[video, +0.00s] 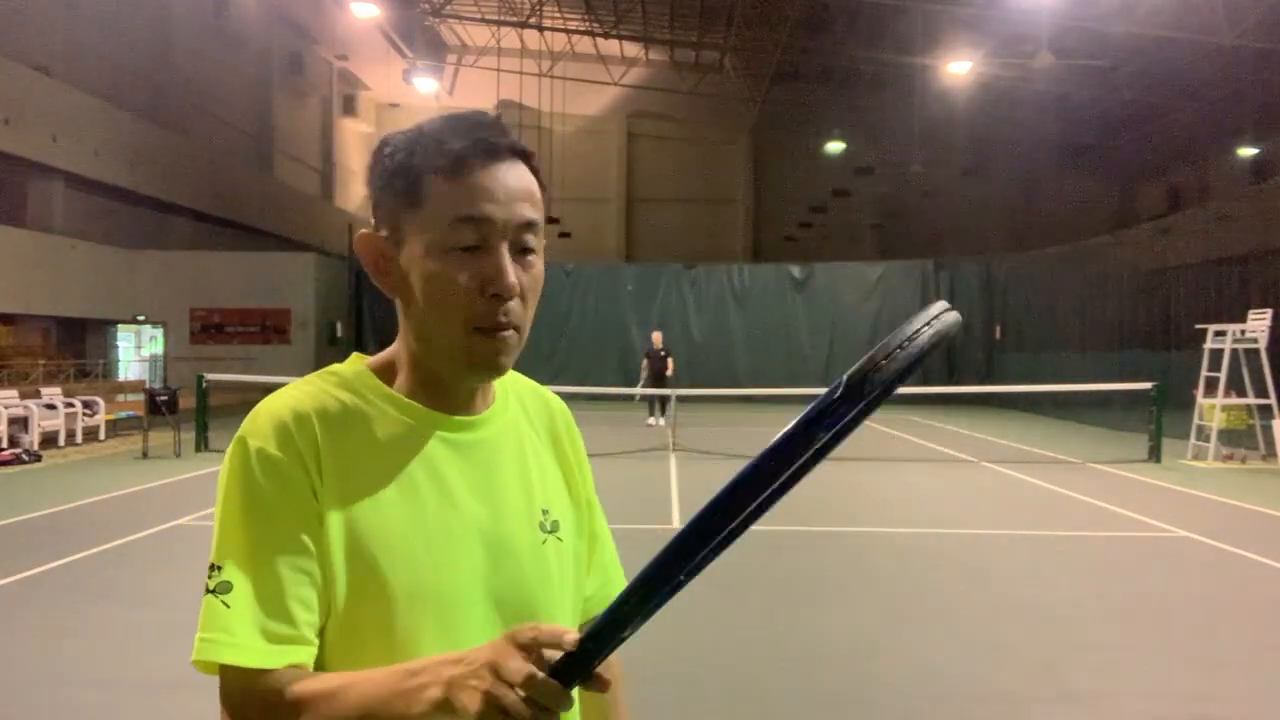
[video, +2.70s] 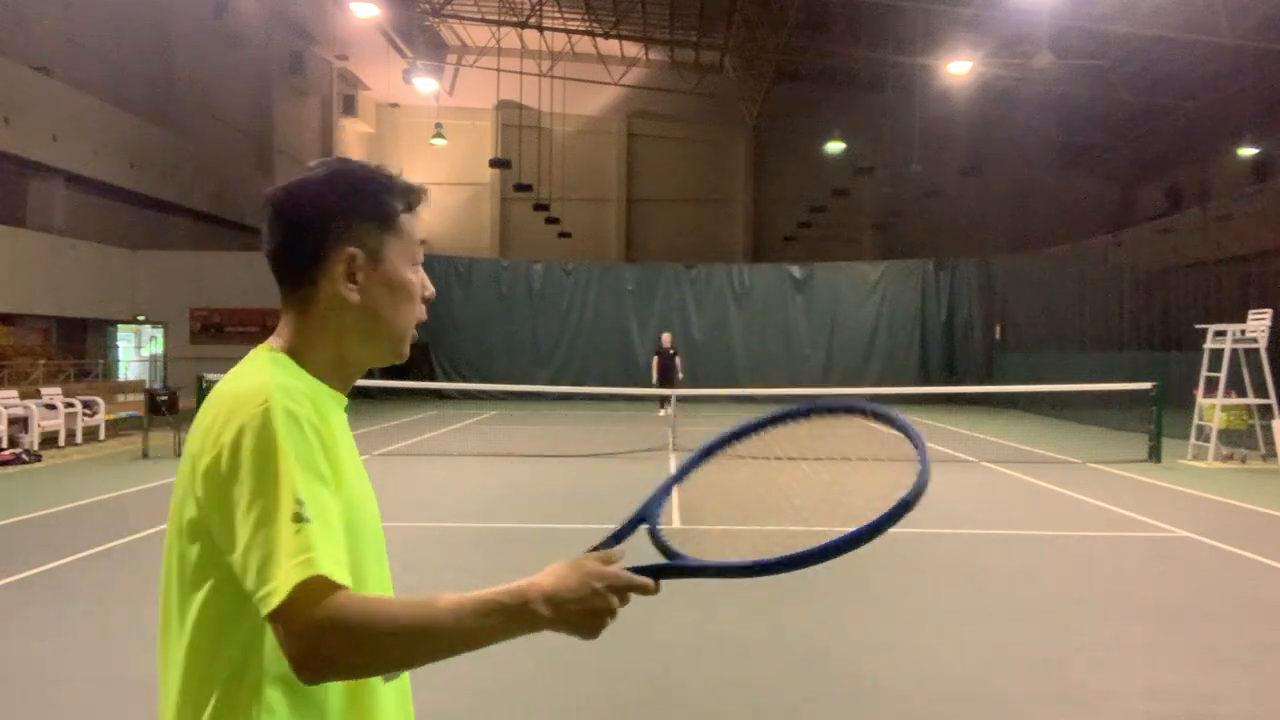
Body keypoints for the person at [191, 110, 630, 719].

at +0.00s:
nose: (507, 282)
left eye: (525, 248)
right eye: (468, 247)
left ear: (543, 256)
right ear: (383, 261)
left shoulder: (546, 420)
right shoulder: (291, 434)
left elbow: (594, 658)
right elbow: (255, 697)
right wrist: (444, 681)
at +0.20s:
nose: (443, 276)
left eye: (457, 240)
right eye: (399, 242)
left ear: (475, 245)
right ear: (307, 260)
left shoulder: (469, 418)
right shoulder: (223, 451)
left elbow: (516, 624)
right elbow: (207, 705)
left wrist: (541, 690)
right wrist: (415, 698)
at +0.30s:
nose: (399, 277)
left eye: (413, 240)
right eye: (356, 243)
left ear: (430, 247)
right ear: (258, 262)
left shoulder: (427, 420)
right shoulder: (183, 461)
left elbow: (450, 647)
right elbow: (172, 706)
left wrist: (487, 702)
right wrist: (400, 699)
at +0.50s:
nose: (335, 269)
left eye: (346, 228)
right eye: (286, 235)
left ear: (365, 239)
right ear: (189, 259)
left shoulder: (340, 408)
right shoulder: (124, 472)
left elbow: (365, 655)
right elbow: (130, 705)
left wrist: (445, 695)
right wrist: (408, 703)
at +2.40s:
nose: (352, 279)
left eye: (369, 247)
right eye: (313, 247)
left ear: (388, 256)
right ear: (233, 260)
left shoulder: (305, 417)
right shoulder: (183, 427)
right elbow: (168, 696)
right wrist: (421, 623)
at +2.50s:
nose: (376, 283)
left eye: (386, 253)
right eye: (340, 252)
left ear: (397, 256)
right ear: (253, 266)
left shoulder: (301, 417)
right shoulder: (207, 425)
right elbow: (193, 684)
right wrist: (428, 622)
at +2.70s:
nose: (428, 288)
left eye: (423, 264)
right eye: (416, 262)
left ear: (353, 276)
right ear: (352, 274)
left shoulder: (305, 404)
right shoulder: (266, 408)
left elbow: (327, 630)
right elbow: (317, 641)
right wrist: (534, 602)